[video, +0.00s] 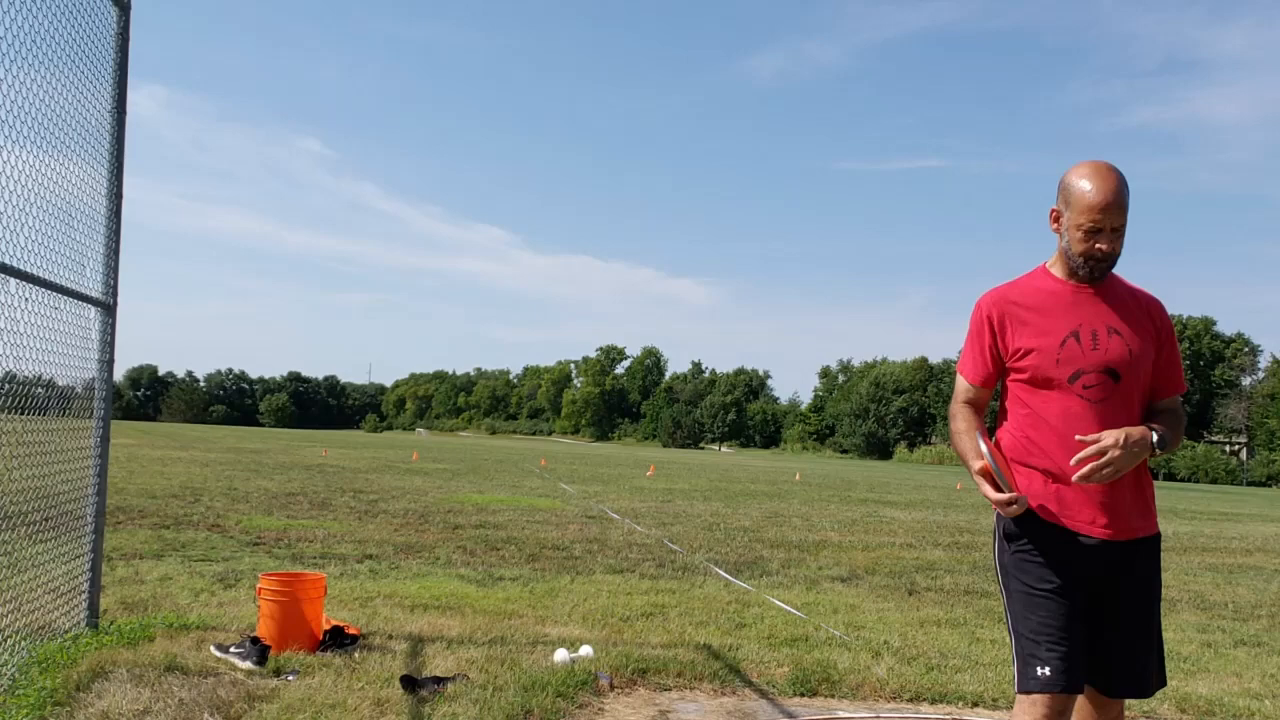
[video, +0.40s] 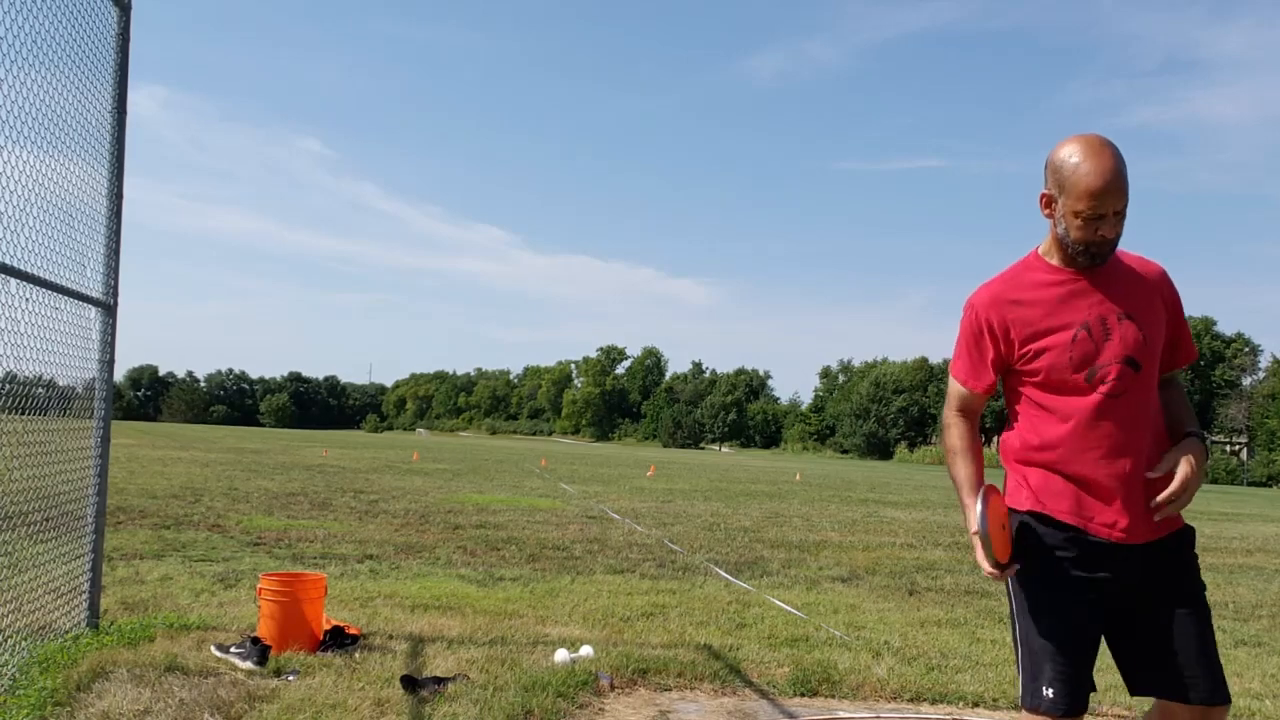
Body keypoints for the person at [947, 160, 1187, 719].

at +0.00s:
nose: (1105, 246)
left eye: (1116, 231)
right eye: (1091, 231)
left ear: (1127, 224)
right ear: (1057, 222)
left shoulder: (1149, 314)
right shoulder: (1001, 308)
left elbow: (1172, 418)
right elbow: (965, 406)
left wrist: (1148, 439)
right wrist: (979, 461)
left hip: (1126, 535)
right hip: (1037, 527)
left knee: (1107, 695)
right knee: (1047, 693)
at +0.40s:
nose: (1106, 231)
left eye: (1116, 214)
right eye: (1090, 218)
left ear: (1127, 201)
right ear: (1048, 204)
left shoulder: (1151, 284)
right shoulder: (997, 304)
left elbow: (1169, 383)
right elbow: (959, 415)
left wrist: (1193, 442)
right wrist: (974, 508)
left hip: (1154, 534)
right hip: (1051, 535)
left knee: (1198, 699)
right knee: (1053, 706)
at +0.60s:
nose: (1131, 228)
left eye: (1142, 210)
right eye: (1114, 213)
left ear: (1153, 195)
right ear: (1070, 198)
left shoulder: (1172, 281)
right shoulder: (1016, 295)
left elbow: (1193, 386)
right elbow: (973, 417)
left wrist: (1188, 452)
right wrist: (1052, 494)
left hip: (1171, 534)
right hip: (1066, 541)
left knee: (1228, 702)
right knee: (1066, 710)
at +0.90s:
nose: (1214, 232)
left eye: (1230, 214)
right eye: (1198, 213)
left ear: (1248, 199)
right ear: (1161, 192)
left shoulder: (1269, 295)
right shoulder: (1096, 284)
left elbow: (1271, 415)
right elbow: (1021, 387)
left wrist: (1271, 461)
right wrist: (1067, 466)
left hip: (1238, 559)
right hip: (1119, 554)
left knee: (1247, 709)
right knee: (1100, 712)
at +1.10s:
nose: (1277, 231)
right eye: (1270, 212)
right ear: (1243, 187)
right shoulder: (1161, 276)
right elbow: (1087, 377)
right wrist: (1066, 498)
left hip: (1267, 559)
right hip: (1152, 545)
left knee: (1263, 709)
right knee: (1109, 708)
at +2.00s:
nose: (1270, 255)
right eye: (1255, 235)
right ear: (1215, 205)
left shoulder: (1277, 294)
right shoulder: (1138, 288)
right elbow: (1053, 384)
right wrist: (1133, 467)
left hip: (1257, 573)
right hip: (1133, 560)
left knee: (1258, 709)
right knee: (1092, 711)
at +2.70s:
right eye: (1279, 195)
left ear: (1261, 206)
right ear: (1253, 206)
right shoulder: (1178, 308)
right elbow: (1093, 433)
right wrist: (1209, 509)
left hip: (1269, 570)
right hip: (1147, 553)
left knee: (1278, 704)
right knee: (1097, 710)